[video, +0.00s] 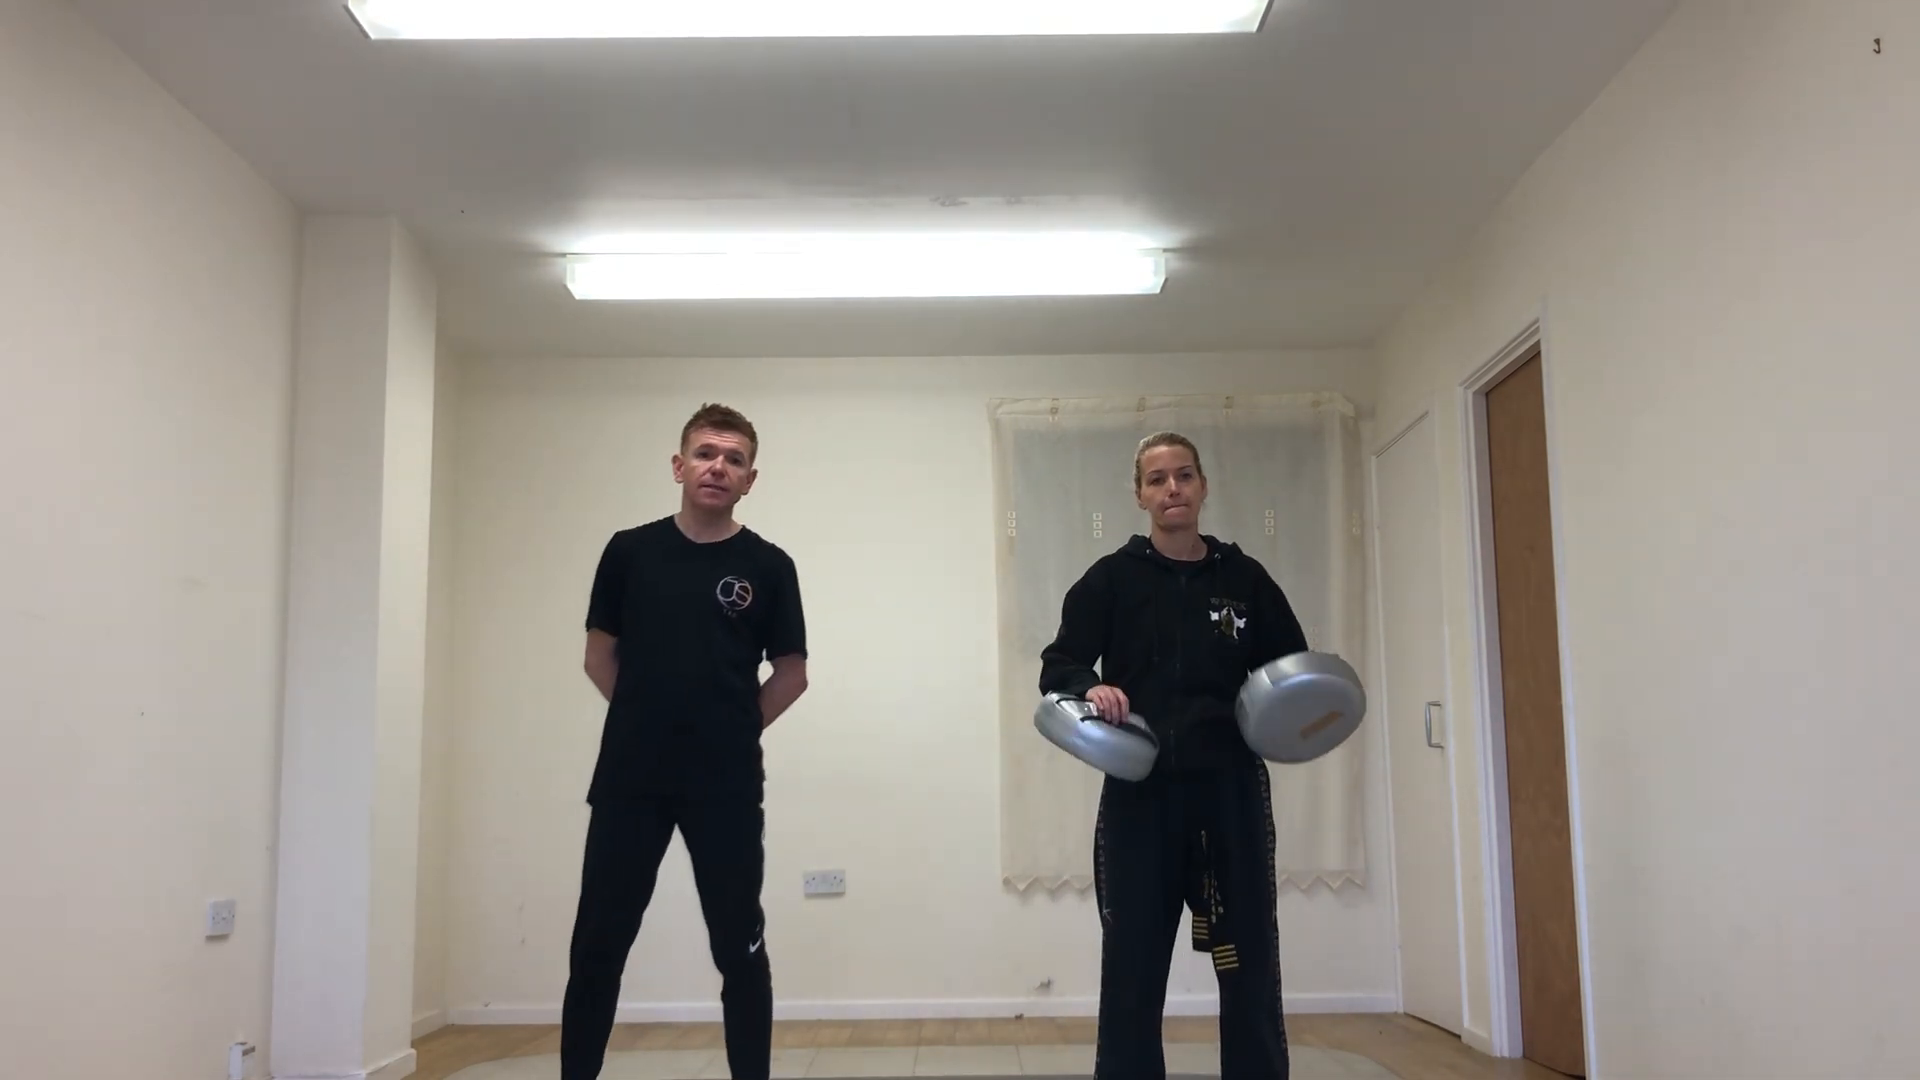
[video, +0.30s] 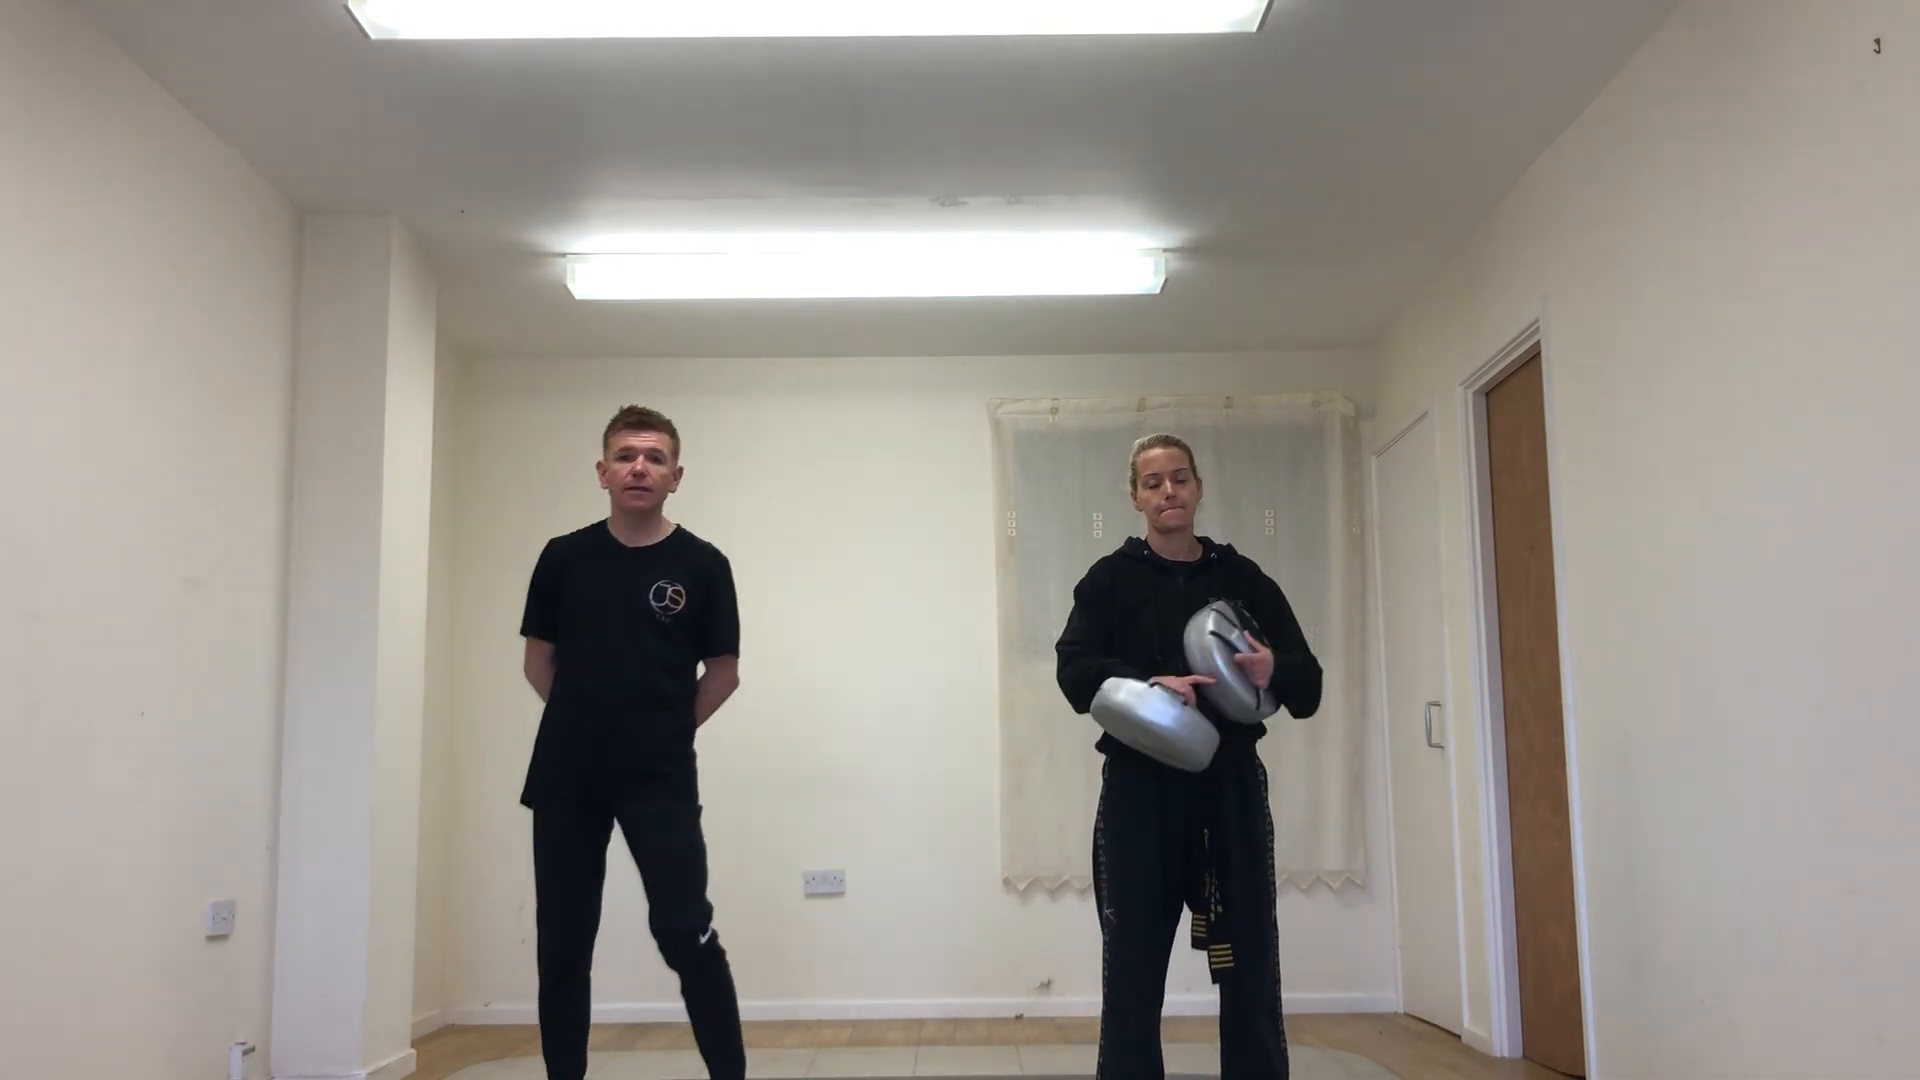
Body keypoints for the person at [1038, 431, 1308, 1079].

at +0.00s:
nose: (1173, 487)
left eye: (1184, 475)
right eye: (1157, 479)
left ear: (1202, 487)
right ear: (1140, 496)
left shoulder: (1244, 577)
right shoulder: (1108, 580)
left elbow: (1292, 668)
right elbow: (1057, 670)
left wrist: (1303, 707)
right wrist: (1089, 690)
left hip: (1232, 790)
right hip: (1139, 792)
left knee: (1250, 964)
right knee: (1133, 966)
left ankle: (1257, 1076)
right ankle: (1127, 1076)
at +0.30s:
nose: (1168, 491)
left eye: (1179, 478)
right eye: (1153, 482)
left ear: (1199, 488)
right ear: (1136, 498)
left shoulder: (1243, 577)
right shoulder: (1109, 579)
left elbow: (1307, 692)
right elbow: (1075, 675)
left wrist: (1274, 670)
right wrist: (1149, 686)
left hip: (1232, 787)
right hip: (1139, 789)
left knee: (1250, 971)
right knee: (1132, 974)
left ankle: (1257, 1078)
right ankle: (1128, 1079)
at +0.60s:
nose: (1169, 488)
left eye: (1180, 475)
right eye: (1154, 480)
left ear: (1199, 487)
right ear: (1136, 496)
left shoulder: (1242, 575)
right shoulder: (1108, 576)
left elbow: (1296, 693)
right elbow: (1077, 673)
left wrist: (1272, 665)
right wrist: (1163, 687)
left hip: (1233, 785)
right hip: (1139, 785)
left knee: (1250, 961)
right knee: (1134, 967)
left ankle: (1259, 1077)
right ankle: (1129, 1079)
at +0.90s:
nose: (1171, 485)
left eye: (1181, 473)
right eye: (1155, 477)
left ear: (1201, 485)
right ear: (1138, 493)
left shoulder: (1239, 570)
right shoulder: (1109, 575)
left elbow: (1276, 673)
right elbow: (1077, 667)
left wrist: (1290, 673)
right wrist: (1161, 690)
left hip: (1234, 782)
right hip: (1141, 783)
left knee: (1250, 957)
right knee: (1134, 963)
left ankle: (1259, 1076)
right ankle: (1128, 1077)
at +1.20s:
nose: (1172, 484)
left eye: (1183, 472)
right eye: (1157, 475)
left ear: (1203, 485)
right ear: (1140, 492)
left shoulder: (1239, 569)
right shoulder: (1110, 575)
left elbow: (1281, 656)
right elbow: (1078, 667)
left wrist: (1292, 658)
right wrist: (1162, 694)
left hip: (1234, 780)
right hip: (1141, 781)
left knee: (1249, 955)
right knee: (1134, 961)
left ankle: (1259, 1075)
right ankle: (1128, 1076)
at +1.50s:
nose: (1168, 485)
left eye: (1179, 473)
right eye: (1154, 477)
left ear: (1200, 485)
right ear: (1137, 494)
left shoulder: (1240, 569)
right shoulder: (1109, 575)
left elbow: (1308, 652)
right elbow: (1077, 667)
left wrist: (1279, 664)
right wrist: (1157, 691)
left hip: (1231, 783)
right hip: (1138, 786)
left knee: (1248, 962)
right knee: (1131, 968)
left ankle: (1258, 1077)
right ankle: (1127, 1077)